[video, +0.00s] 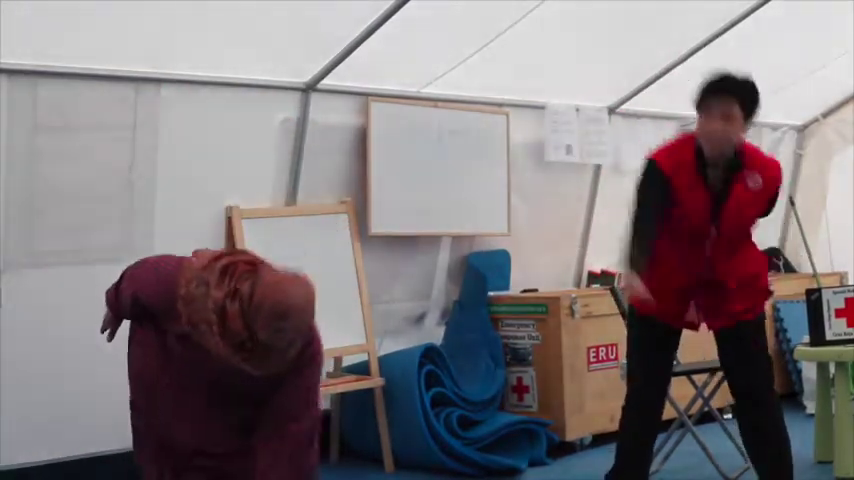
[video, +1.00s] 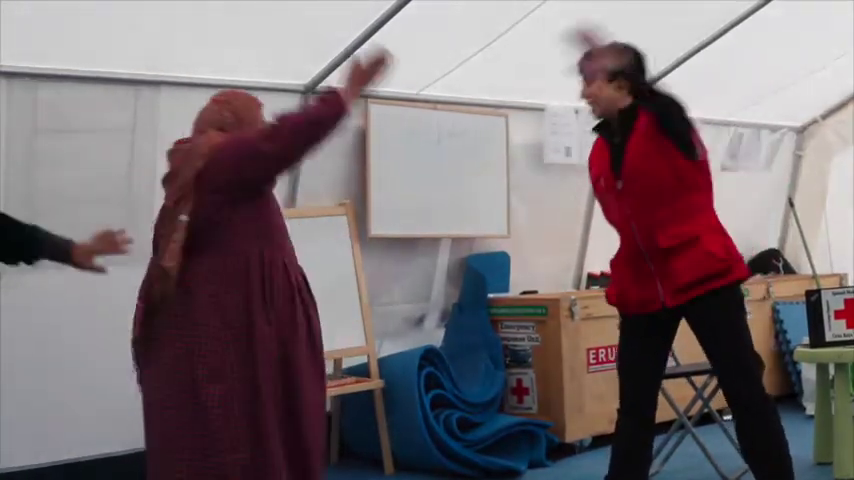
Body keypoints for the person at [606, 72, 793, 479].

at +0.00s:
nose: (715, 127)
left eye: (727, 117)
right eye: (709, 115)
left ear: (745, 125)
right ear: (696, 118)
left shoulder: (764, 172)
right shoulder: (665, 165)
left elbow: (758, 212)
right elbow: (644, 223)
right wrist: (635, 269)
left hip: (733, 287)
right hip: (663, 286)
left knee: (757, 397)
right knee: (644, 399)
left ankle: (777, 474)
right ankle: (626, 476)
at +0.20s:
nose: (672, 71)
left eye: (686, 62)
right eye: (669, 62)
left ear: (715, 75)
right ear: (665, 71)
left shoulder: (746, 135)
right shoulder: (641, 125)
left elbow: (756, 201)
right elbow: (591, 151)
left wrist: (707, 219)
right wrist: (542, 165)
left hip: (727, 282)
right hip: (654, 281)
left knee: (757, 401)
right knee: (640, 404)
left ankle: (778, 476)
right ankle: (625, 479)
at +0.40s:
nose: (656, 69)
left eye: (668, 60)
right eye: (654, 62)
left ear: (700, 72)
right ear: (650, 72)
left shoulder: (734, 135)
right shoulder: (629, 130)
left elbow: (750, 208)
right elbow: (572, 164)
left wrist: (704, 239)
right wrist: (512, 198)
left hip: (715, 281)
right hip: (642, 282)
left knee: (752, 401)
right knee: (636, 406)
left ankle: (776, 478)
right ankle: (625, 479)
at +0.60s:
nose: (640, 66)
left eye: (652, 59)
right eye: (639, 60)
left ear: (682, 72)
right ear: (636, 73)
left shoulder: (716, 130)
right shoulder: (620, 136)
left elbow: (753, 199)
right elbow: (601, 196)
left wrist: (772, 264)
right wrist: (610, 252)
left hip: (706, 281)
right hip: (635, 285)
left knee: (746, 401)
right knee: (631, 408)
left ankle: (775, 476)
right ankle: (623, 479)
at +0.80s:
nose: (616, 73)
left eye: (625, 64)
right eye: (614, 65)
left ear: (658, 72)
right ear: (618, 78)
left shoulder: (697, 118)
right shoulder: (612, 138)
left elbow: (755, 139)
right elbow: (625, 205)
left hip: (701, 276)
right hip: (635, 283)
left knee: (742, 396)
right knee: (630, 407)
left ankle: (774, 476)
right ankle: (622, 478)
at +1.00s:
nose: (583, 90)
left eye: (591, 79)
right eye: (582, 81)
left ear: (622, 84)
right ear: (613, 88)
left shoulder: (665, 123)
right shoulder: (600, 153)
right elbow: (623, 220)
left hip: (703, 276)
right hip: (643, 288)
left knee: (745, 392)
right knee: (634, 407)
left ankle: (775, 473)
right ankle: (624, 477)